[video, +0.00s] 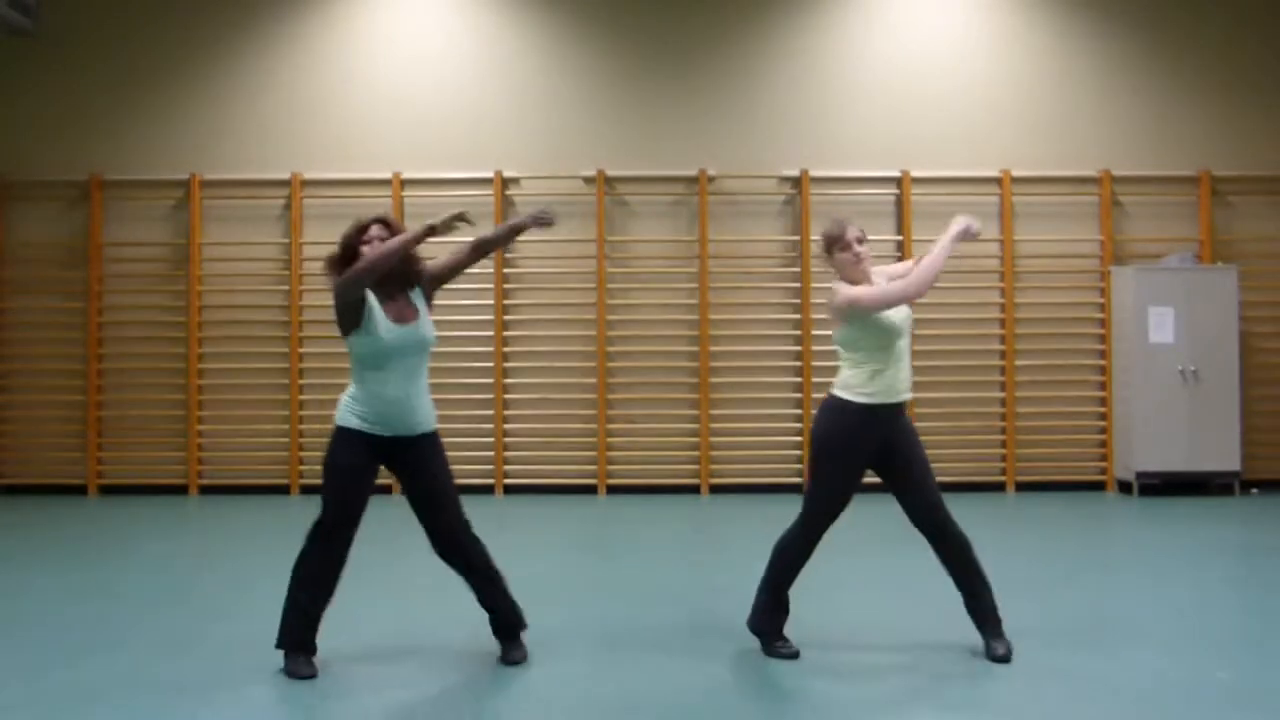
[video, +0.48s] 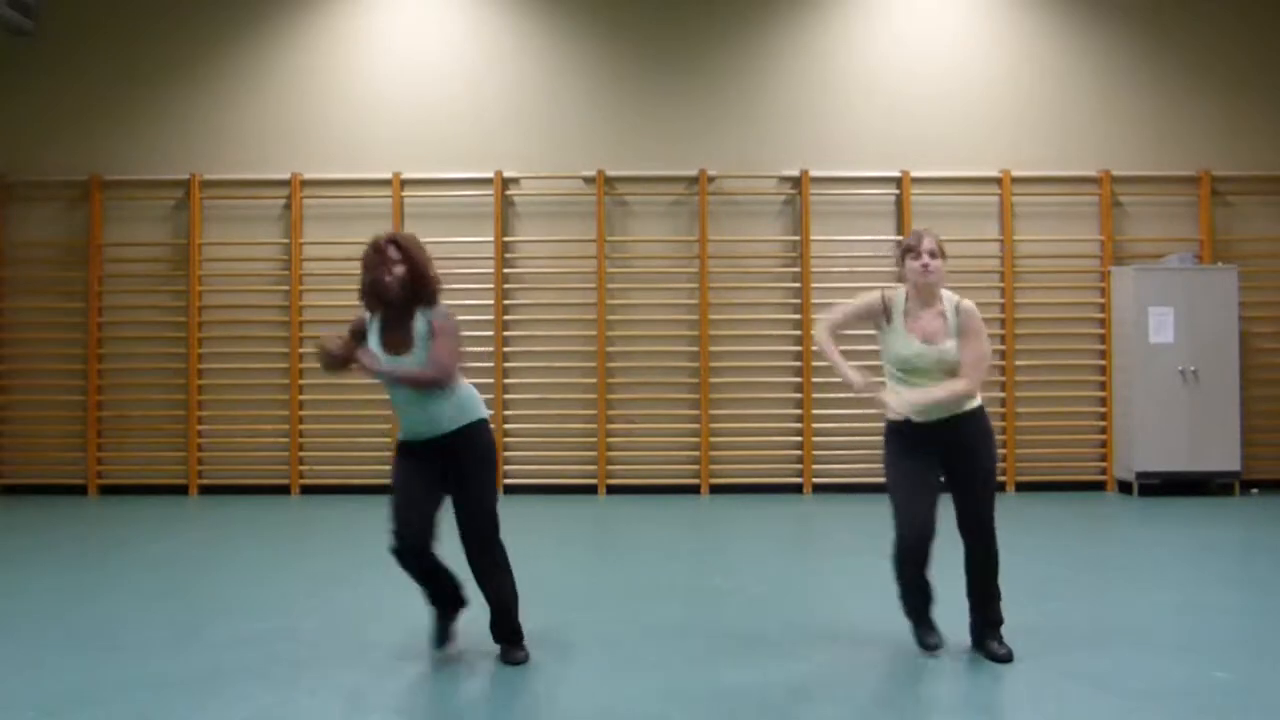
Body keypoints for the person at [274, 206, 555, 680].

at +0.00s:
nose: (374, 245)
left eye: (384, 238)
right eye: (366, 240)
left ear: (401, 248)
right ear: (353, 254)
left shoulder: (420, 286)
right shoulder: (351, 299)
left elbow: (475, 250)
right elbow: (364, 271)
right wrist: (424, 232)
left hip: (417, 434)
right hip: (359, 432)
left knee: (452, 538)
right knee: (333, 532)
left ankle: (509, 628)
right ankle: (298, 645)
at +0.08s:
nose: (390, 259)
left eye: (399, 253)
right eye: (382, 255)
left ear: (414, 259)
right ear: (369, 269)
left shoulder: (436, 293)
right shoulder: (366, 309)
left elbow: (491, 260)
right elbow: (386, 279)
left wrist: (534, 225)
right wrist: (432, 241)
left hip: (443, 438)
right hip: (386, 441)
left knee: (472, 536)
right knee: (365, 538)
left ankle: (511, 635)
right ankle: (310, 644)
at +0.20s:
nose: (403, 298)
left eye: (412, 290)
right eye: (396, 290)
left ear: (431, 291)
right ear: (387, 294)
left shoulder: (453, 319)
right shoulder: (381, 329)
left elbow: (512, 333)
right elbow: (366, 369)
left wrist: (513, 321)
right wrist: (415, 334)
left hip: (469, 441)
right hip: (418, 452)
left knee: (494, 532)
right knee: (439, 533)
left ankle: (509, 635)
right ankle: (391, 597)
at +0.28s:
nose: (417, 315)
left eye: (425, 305)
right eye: (408, 306)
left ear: (441, 305)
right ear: (396, 309)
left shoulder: (465, 344)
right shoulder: (382, 358)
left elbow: (508, 386)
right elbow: (375, 424)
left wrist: (492, 406)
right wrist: (404, 417)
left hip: (480, 447)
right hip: (431, 465)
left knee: (506, 534)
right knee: (475, 545)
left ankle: (511, 636)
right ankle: (453, 585)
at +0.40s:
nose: (403, 297)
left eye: (412, 288)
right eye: (395, 290)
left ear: (429, 292)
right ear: (386, 298)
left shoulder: (458, 342)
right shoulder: (378, 349)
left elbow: (489, 404)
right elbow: (363, 398)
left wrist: (443, 424)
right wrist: (388, 412)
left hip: (476, 452)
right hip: (427, 464)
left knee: (496, 545)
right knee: (452, 561)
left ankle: (515, 634)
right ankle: (477, 609)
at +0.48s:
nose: (391, 272)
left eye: (398, 263)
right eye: (381, 266)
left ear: (413, 269)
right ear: (370, 277)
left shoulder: (436, 317)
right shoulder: (367, 326)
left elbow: (442, 374)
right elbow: (339, 360)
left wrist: (381, 369)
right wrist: (334, 355)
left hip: (465, 434)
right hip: (416, 443)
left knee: (481, 542)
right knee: (408, 546)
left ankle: (510, 636)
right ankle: (447, 601)